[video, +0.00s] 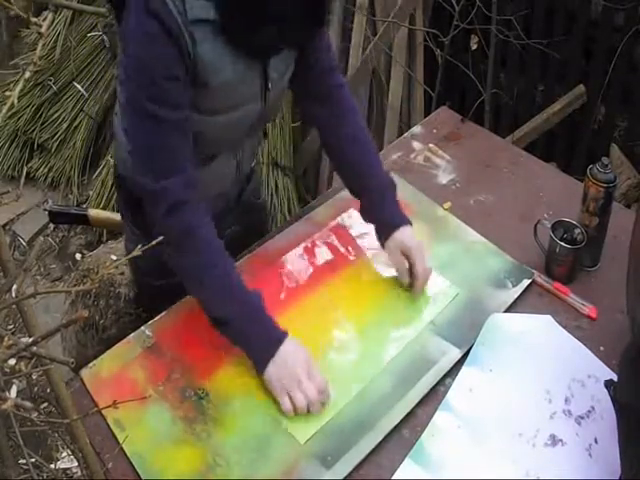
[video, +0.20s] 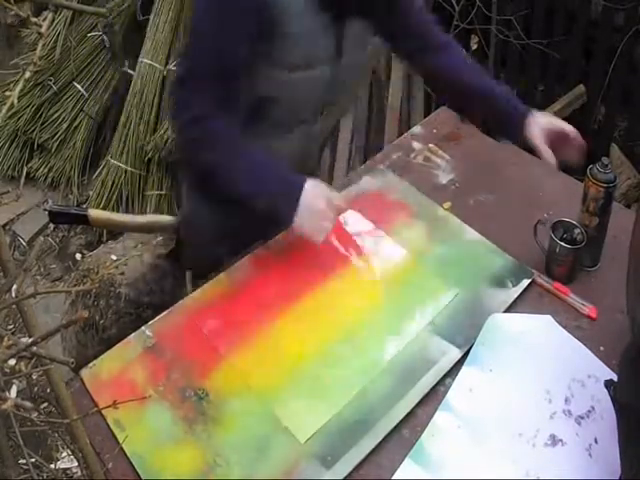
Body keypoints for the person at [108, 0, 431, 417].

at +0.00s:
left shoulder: (292, 14)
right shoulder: (158, 22)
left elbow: (329, 99)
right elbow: (169, 193)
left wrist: (390, 219)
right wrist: (266, 342)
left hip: (240, 186)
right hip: (166, 210)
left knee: (271, 304)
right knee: (176, 342)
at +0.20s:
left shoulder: (374, 6)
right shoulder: (235, 9)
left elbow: (431, 48)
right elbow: (196, 117)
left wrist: (520, 117)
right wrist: (285, 193)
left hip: (299, 204)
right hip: (224, 210)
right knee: (218, 347)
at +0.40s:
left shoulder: (423, 9)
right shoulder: (325, 8)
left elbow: (443, 64)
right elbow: (331, 109)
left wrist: (518, 140)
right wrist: (451, 178)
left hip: (345, 140)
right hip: (269, 139)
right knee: (261, 290)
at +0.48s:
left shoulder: (428, 8)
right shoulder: (359, 8)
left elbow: (453, 65)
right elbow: (413, 101)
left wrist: (523, 166)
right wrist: (532, 193)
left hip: (335, 131)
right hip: (271, 124)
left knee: (321, 281)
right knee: (258, 293)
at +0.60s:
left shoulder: (439, 7)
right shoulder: (372, 7)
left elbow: (468, 66)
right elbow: (413, 114)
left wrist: (542, 159)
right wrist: (524, 200)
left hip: (344, 137)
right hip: (276, 139)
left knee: (337, 288)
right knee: (262, 299)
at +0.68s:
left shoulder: (446, 9)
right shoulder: (371, 9)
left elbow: (474, 69)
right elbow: (393, 124)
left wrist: (539, 178)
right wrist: (496, 207)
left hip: (350, 136)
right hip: (281, 136)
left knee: (339, 285)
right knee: (261, 296)